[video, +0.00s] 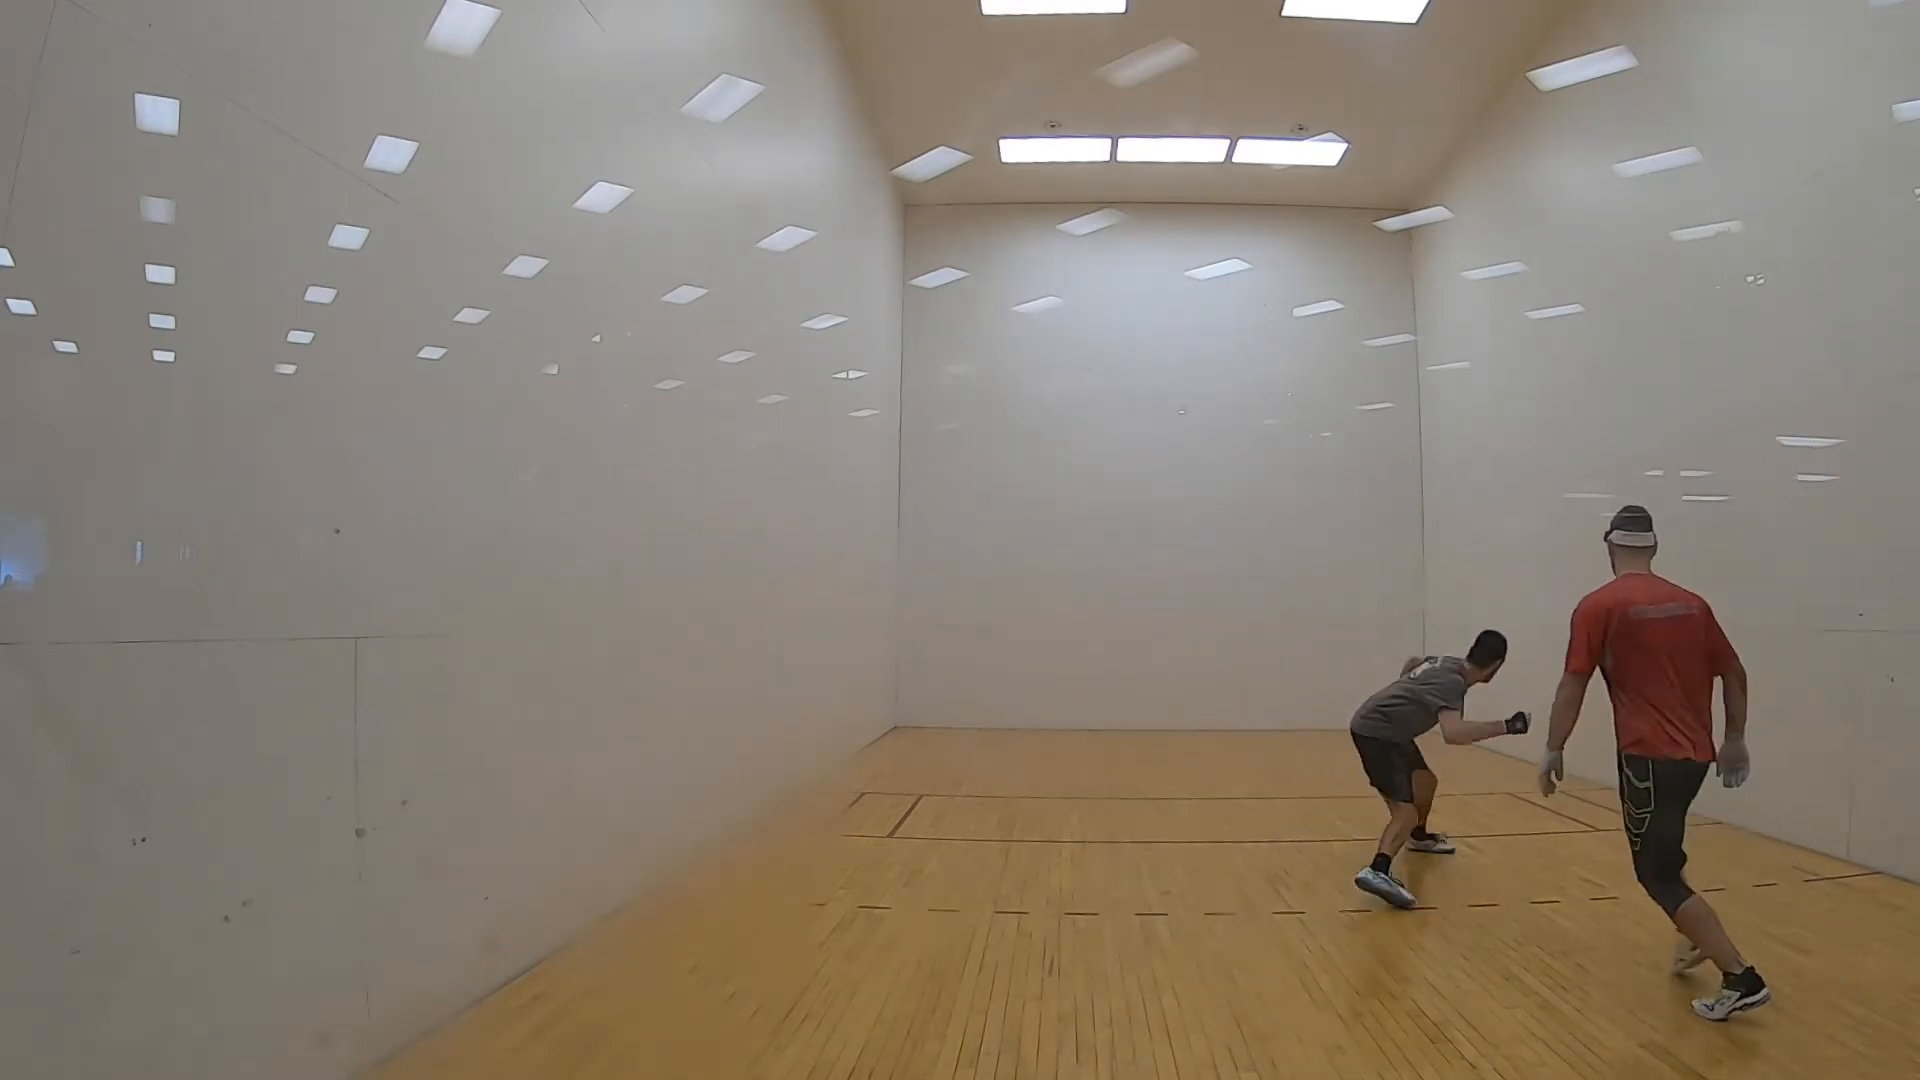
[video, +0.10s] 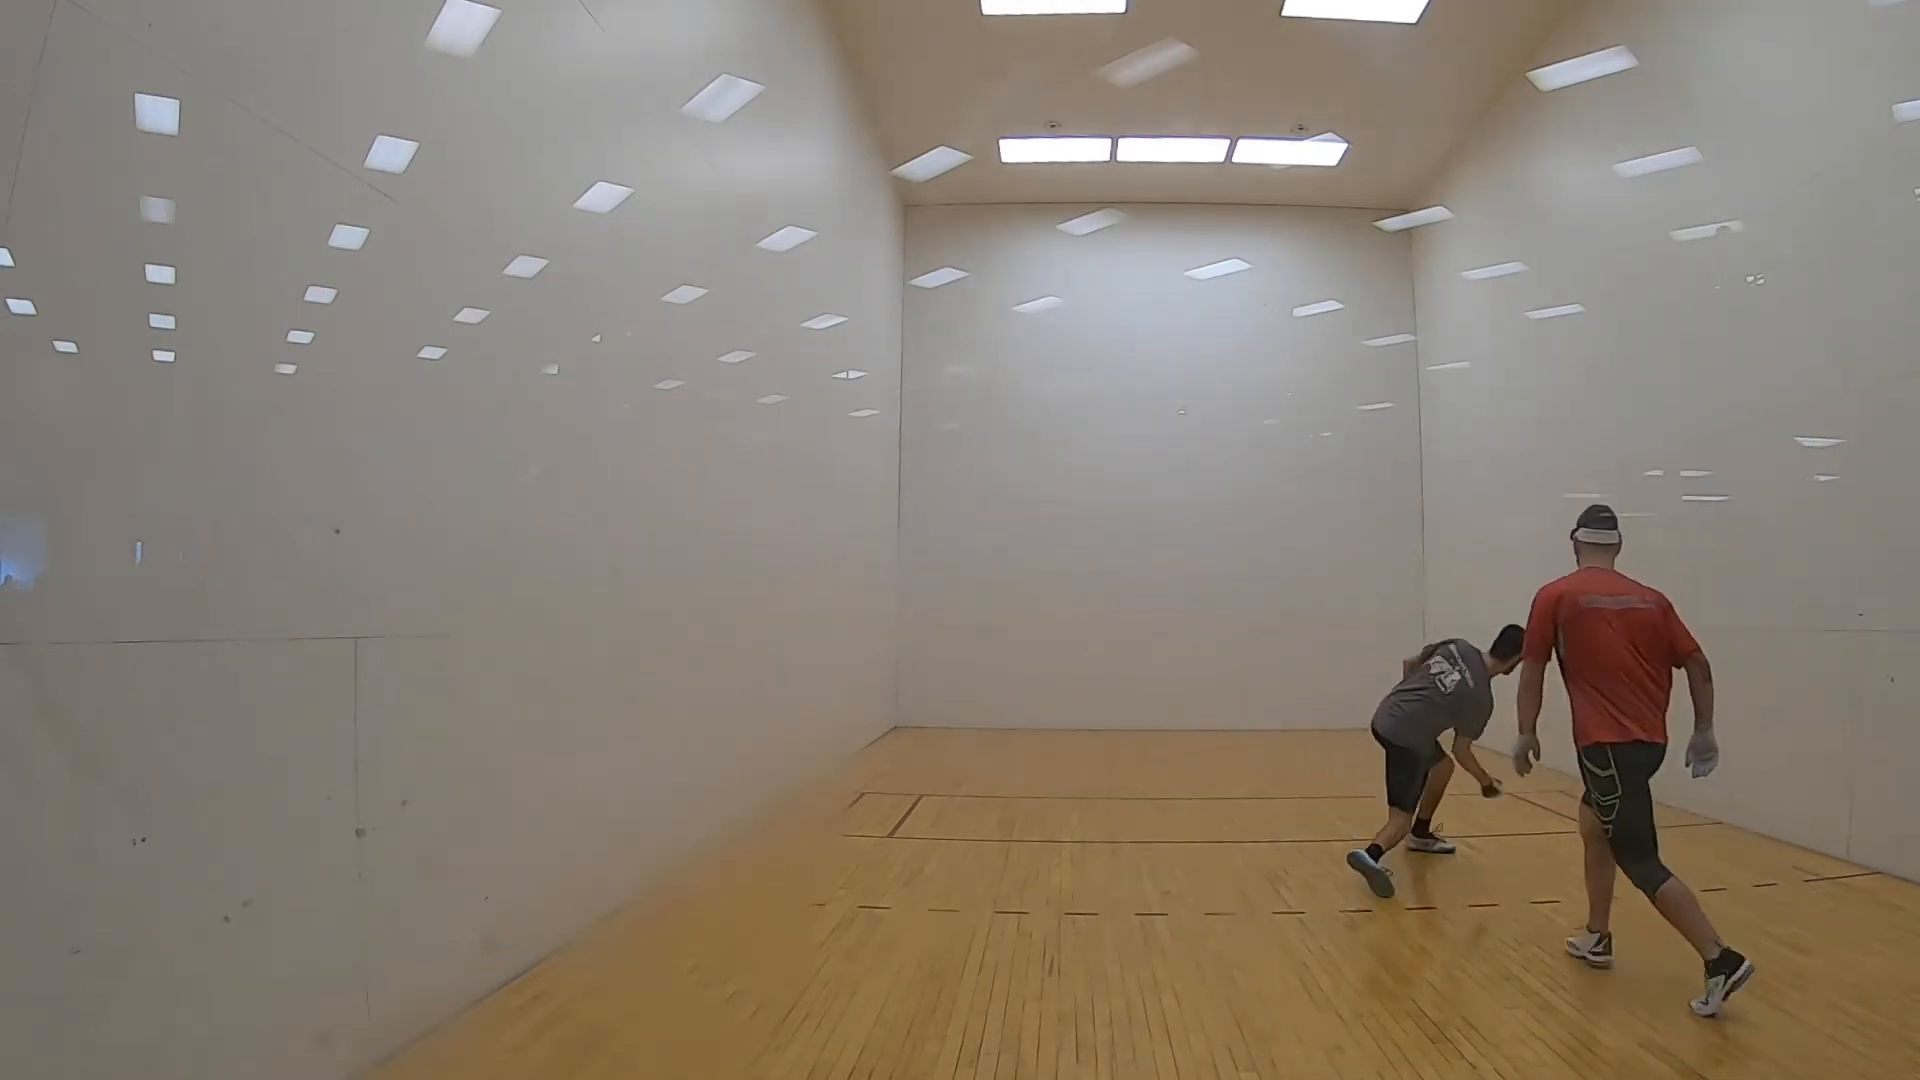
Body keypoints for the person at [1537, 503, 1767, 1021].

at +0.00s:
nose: (1612, 555)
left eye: (1609, 547)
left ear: (1609, 546)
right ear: (1654, 549)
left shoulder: (1599, 606)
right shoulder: (1692, 604)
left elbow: (1572, 687)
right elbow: (1734, 674)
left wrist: (1554, 749)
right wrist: (1735, 737)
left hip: (1646, 757)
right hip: (1696, 755)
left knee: (1657, 872)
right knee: (1662, 847)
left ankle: (1741, 977)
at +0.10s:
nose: (1581, 555)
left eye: (1578, 547)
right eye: (1596, 547)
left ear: (1574, 545)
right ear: (1619, 547)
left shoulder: (1556, 596)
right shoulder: (1653, 600)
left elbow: (1532, 668)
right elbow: (1698, 665)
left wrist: (1526, 732)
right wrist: (1704, 729)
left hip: (1605, 745)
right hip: (1651, 744)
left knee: (1641, 862)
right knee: (1592, 820)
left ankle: (1720, 960)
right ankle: (1597, 936)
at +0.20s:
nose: (1542, 552)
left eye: (1539, 545)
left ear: (1540, 544)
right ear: (1582, 549)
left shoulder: (1520, 592)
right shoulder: (1609, 604)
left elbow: (1500, 665)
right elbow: (1650, 675)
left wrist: (1493, 729)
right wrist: (1654, 735)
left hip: (1554, 741)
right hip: (1601, 742)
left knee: (1565, 855)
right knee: (1572, 841)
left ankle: (1648, 926)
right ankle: (1592, 939)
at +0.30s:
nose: (1503, 543)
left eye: (1499, 536)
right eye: (1519, 538)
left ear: (1496, 536)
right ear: (1538, 540)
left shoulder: (1482, 581)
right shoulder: (1564, 593)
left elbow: (1469, 644)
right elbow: (1597, 664)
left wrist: (1459, 714)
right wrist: (1587, 716)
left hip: (1502, 733)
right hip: (1556, 734)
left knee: (1473, 830)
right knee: (1551, 831)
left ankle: (1532, 914)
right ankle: (1587, 931)